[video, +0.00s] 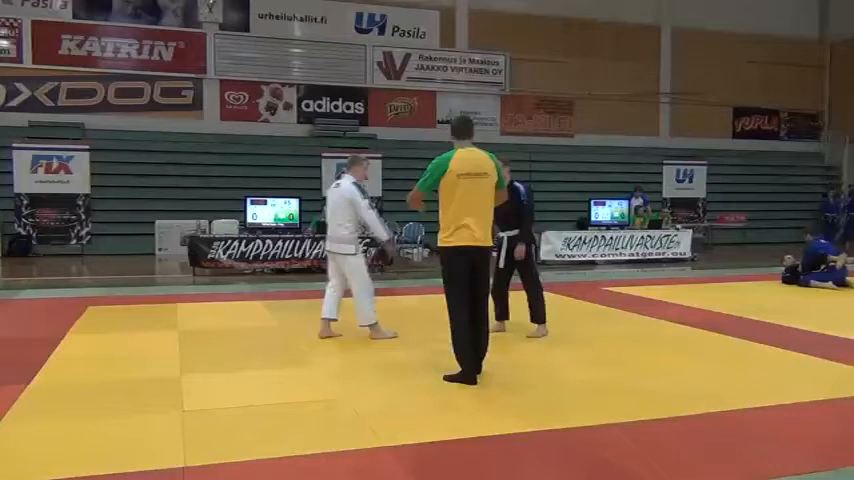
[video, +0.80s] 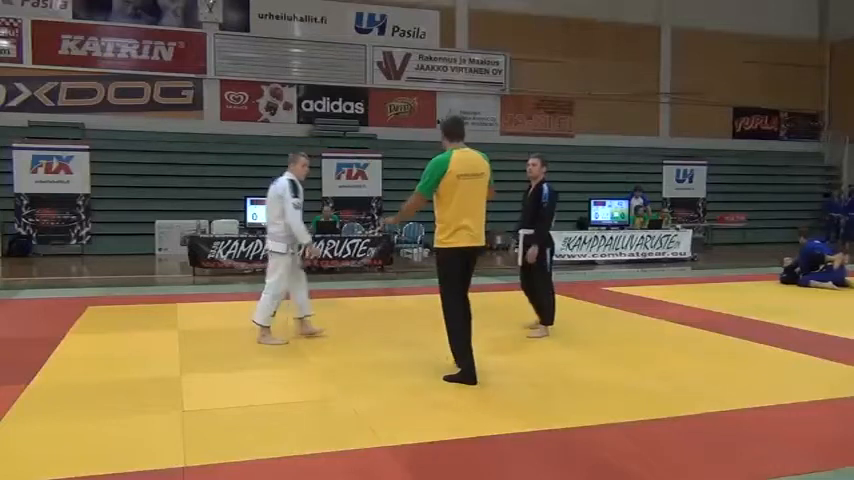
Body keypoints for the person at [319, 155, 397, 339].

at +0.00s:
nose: (366, 174)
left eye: (366, 169)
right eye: (365, 169)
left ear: (350, 168)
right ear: (356, 168)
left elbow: (330, 216)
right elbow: (368, 216)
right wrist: (385, 238)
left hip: (332, 247)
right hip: (349, 248)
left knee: (335, 284)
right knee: (363, 286)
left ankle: (325, 325)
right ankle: (374, 328)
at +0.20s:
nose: (361, 175)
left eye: (361, 170)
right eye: (359, 170)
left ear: (345, 168)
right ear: (351, 168)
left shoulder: (328, 186)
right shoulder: (345, 189)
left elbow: (327, 217)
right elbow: (353, 217)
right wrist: (363, 241)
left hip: (326, 246)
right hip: (341, 247)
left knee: (328, 284)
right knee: (357, 285)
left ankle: (324, 325)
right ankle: (369, 326)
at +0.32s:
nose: (348, 171)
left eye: (349, 167)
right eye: (346, 166)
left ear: (333, 166)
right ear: (335, 166)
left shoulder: (320, 184)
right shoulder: (329, 185)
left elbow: (322, 215)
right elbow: (330, 215)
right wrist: (338, 241)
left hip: (318, 243)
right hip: (329, 243)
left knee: (323, 283)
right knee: (345, 281)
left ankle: (323, 324)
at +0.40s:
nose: (340, 170)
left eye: (341, 166)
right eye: (337, 166)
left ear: (327, 166)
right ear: (326, 165)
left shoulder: (314, 184)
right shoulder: (324, 185)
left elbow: (314, 216)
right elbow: (326, 214)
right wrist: (332, 241)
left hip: (313, 243)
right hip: (323, 243)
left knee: (319, 283)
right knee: (335, 281)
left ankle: (322, 322)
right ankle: (317, 320)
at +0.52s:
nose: (330, 169)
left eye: (330, 166)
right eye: (327, 165)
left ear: (318, 165)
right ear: (317, 165)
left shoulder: (307, 183)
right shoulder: (314, 184)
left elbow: (312, 214)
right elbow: (318, 214)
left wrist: (325, 240)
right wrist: (328, 241)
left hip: (311, 243)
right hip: (310, 244)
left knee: (320, 283)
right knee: (316, 283)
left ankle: (322, 325)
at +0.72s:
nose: (313, 172)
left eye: (313, 168)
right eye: (310, 168)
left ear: (299, 168)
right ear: (299, 167)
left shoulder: (288, 186)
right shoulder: (296, 187)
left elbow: (288, 221)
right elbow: (302, 219)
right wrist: (319, 244)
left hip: (295, 248)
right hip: (288, 248)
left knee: (306, 284)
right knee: (280, 287)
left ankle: (316, 324)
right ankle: (264, 331)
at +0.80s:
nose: (307, 170)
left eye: (307, 167)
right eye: (304, 166)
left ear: (294, 166)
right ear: (293, 165)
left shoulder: (280, 183)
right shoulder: (289, 184)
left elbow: (280, 218)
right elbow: (293, 217)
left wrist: (296, 243)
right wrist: (308, 242)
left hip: (287, 245)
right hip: (281, 245)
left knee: (298, 282)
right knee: (275, 285)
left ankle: (303, 323)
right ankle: (264, 331)